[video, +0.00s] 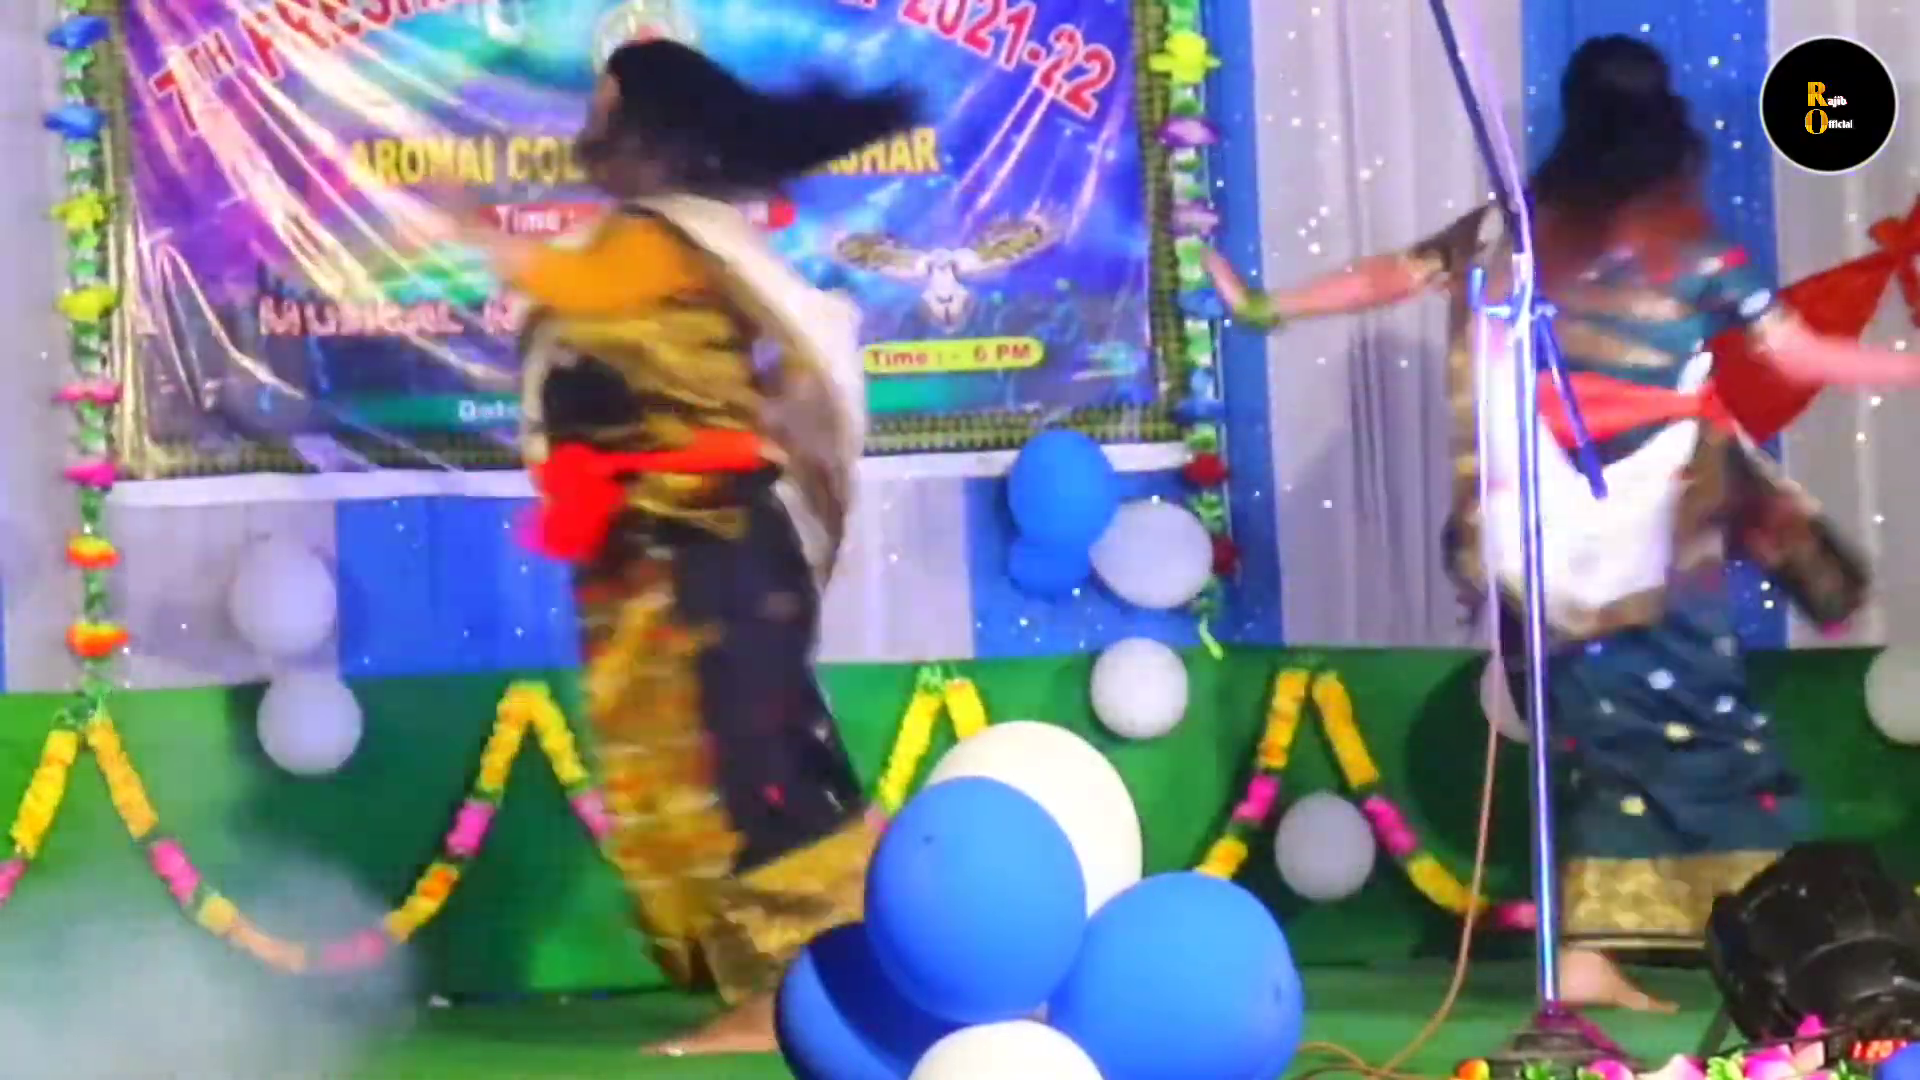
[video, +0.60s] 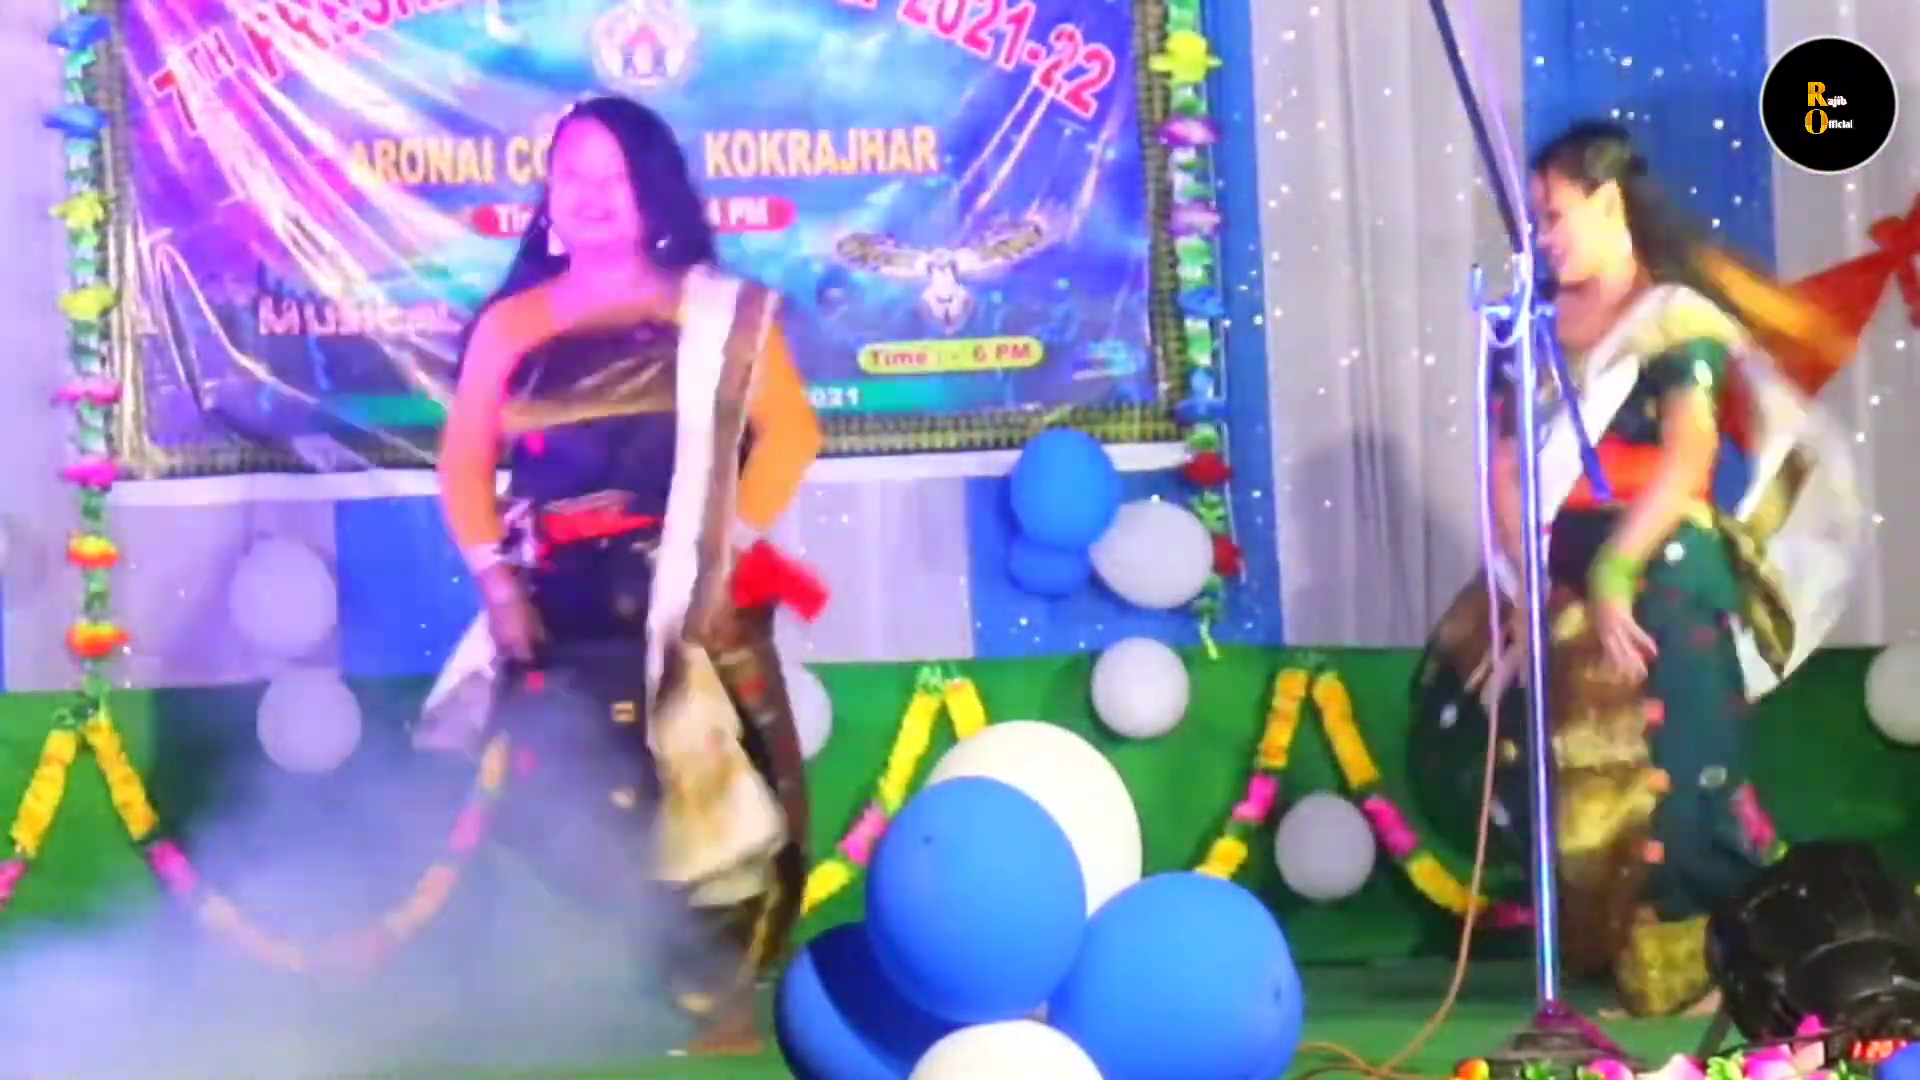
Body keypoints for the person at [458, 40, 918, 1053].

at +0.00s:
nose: (585, 135)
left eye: (603, 117)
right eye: (592, 114)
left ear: (649, 136)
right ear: (679, 139)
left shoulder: (662, 243)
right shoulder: (655, 240)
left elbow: (569, 286)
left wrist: (473, 227)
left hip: (699, 539)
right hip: (666, 538)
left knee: (694, 769)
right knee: (682, 765)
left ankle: (764, 1002)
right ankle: (754, 997)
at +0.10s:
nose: (597, 166)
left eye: (617, 146)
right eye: (597, 144)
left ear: (681, 152)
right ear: (619, 150)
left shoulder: (739, 255)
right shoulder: (636, 279)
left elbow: (741, 329)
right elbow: (569, 393)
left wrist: (662, 267)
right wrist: (471, 339)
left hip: (730, 590)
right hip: (648, 592)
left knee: (728, 790)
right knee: (648, 790)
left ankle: (759, 1010)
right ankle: (726, 1005)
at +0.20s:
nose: (610, 152)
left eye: (632, 134)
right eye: (602, 134)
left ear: (693, 141)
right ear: (598, 146)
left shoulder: (763, 247)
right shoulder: (596, 278)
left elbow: (815, 293)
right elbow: (513, 382)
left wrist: (735, 241)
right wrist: (386, 330)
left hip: (733, 546)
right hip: (622, 554)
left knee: (754, 761)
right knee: (646, 771)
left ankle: (759, 1003)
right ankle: (703, 1002)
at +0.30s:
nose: (610, 126)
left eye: (632, 104)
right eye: (595, 106)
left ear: (689, 105)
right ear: (580, 118)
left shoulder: (744, 225)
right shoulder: (569, 232)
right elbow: (465, 287)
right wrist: (389, 327)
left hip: (705, 514)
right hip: (602, 515)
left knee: (716, 742)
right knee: (629, 742)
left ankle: (740, 980)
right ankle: (656, 963)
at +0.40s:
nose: (597, 116)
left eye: (618, 94)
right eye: (582, 97)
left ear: (676, 93)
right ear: (568, 111)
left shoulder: (740, 200)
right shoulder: (544, 218)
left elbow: (834, 261)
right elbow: (417, 301)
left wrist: (751, 182)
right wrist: (414, 370)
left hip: (707, 493)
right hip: (591, 498)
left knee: (721, 730)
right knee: (614, 729)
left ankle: (734, 969)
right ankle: (683, 964)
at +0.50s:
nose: (591, 170)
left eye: (612, 148)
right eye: (574, 152)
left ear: (665, 150)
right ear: (554, 167)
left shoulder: (732, 260)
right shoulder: (530, 281)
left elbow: (812, 363)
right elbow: (452, 410)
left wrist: (738, 457)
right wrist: (482, 527)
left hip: (696, 550)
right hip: (569, 553)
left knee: (732, 761)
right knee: (585, 761)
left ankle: (729, 984)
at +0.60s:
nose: (588, 198)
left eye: (610, 179)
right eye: (569, 181)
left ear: (656, 189)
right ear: (546, 199)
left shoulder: (732, 314)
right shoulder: (511, 325)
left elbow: (791, 435)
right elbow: (463, 465)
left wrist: (726, 537)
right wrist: (497, 584)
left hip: (696, 606)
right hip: (561, 615)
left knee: (727, 810)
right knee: (563, 823)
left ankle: (720, 993)